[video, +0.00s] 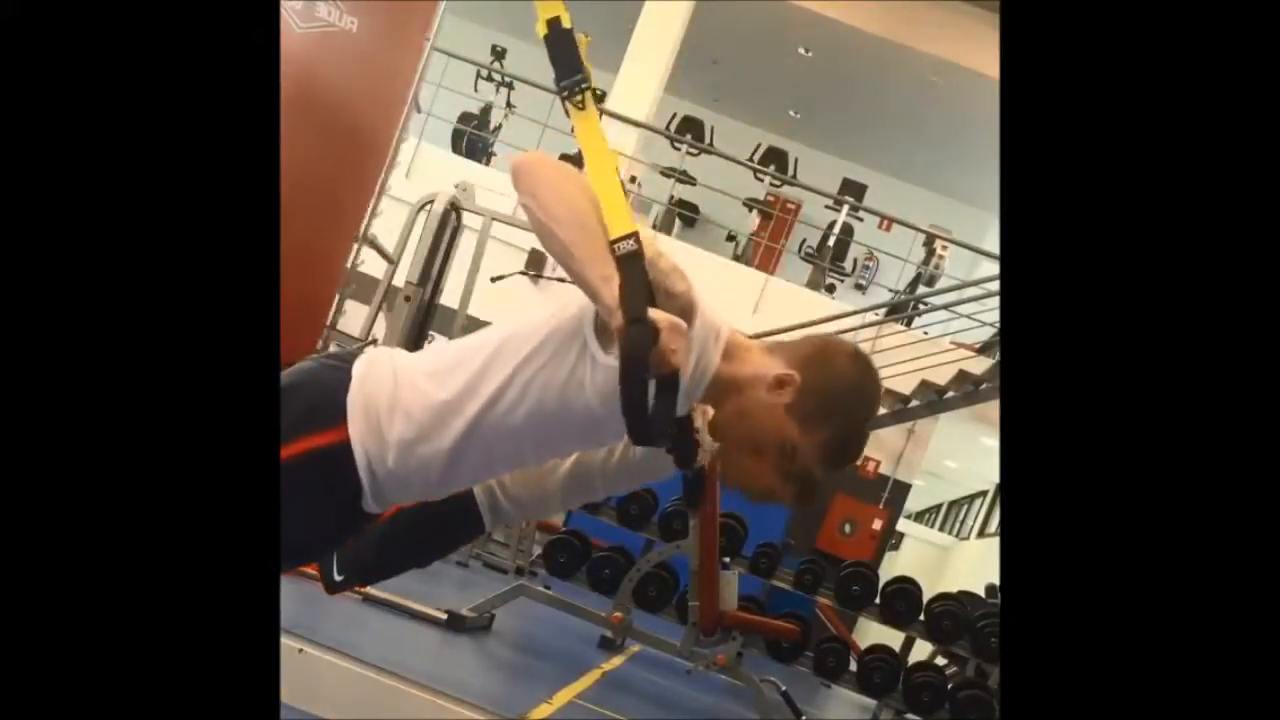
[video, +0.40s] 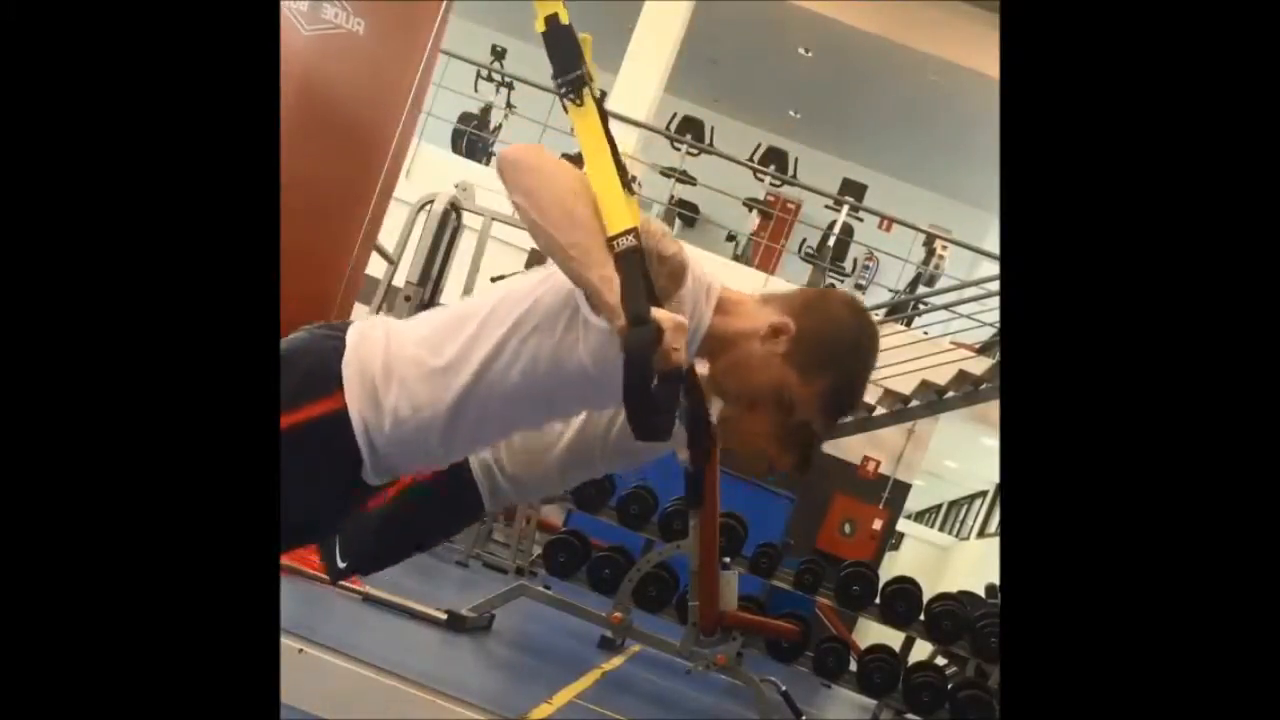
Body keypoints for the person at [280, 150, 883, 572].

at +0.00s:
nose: (759, 484)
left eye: (779, 483)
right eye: (781, 468)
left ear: (779, 386)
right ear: (781, 391)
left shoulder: (693, 420)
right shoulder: (672, 300)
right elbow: (534, 171)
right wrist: (620, 304)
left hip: (366, 488)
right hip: (333, 436)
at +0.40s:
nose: (761, 411)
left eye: (781, 411)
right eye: (780, 397)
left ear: (776, 330)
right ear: (775, 331)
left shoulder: (691, 366)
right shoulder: (669, 273)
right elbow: (525, 167)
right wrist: (628, 305)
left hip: (366, 455)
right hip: (331, 407)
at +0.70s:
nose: (738, 295)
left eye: (758, 292)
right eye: (756, 280)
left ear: (745, 205)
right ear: (747, 208)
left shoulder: (654, 250)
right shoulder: (630, 158)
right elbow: (503, 145)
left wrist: (659, 401)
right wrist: (615, 302)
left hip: (362, 404)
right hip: (318, 340)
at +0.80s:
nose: (733, 265)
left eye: (752, 262)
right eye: (749, 248)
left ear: (735, 168)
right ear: (733, 172)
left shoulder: (636, 227)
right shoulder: (614, 129)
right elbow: (499, 138)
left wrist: (662, 392)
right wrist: (599, 291)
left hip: (353, 384)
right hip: (308, 322)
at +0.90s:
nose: (716, 235)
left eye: (735, 231)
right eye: (732, 213)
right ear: (716, 141)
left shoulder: (624, 209)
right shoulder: (605, 107)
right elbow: (501, 134)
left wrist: (663, 383)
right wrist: (596, 287)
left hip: (352, 365)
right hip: (305, 303)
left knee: (287, 482)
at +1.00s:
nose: (706, 206)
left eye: (728, 199)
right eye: (721, 184)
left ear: (697, 114)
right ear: (700, 114)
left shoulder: (612, 174)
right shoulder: (582, 75)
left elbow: (629, 276)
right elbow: (503, 139)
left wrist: (670, 377)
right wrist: (601, 290)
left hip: (343, 352)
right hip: (297, 290)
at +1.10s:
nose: (695, 173)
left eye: (713, 165)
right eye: (708, 151)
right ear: (687, 75)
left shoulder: (600, 152)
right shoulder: (556, 47)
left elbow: (621, 256)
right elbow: (507, 148)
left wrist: (667, 367)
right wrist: (607, 292)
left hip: (335, 336)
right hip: (291, 275)